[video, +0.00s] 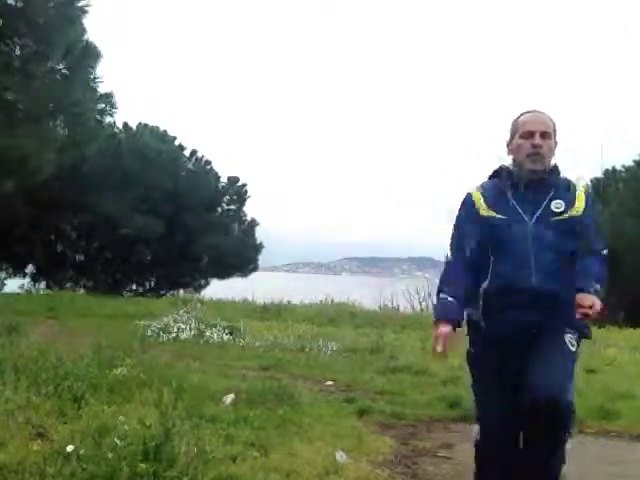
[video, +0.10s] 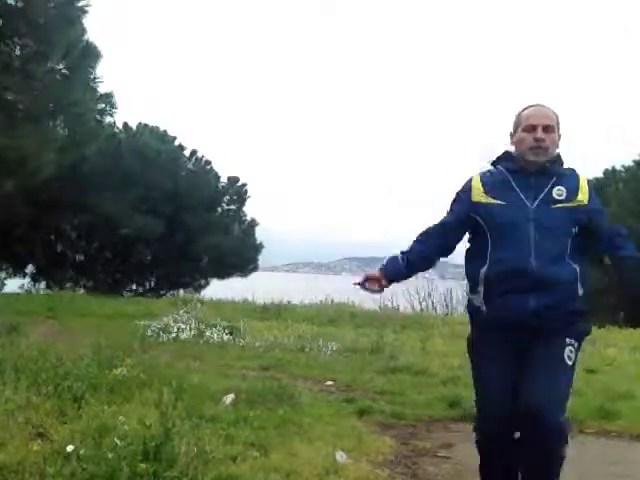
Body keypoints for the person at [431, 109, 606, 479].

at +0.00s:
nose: (537, 143)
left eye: (545, 136)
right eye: (527, 136)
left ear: (555, 145)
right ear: (510, 146)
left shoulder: (577, 198)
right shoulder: (481, 199)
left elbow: (592, 253)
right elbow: (462, 262)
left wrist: (588, 290)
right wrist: (446, 315)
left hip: (554, 327)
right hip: (494, 328)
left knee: (549, 404)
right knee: (495, 430)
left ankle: (540, 472)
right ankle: (495, 476)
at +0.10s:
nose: (539, 137)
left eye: (547, 130)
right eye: (530, 129)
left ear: (558, 138)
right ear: (514, 138)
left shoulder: (578, 189)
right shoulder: (481, 187)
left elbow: (615, 243)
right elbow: (440, 238)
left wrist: (635, 282)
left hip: (557, 327)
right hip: (493, 326)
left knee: (542, 420)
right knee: (493, 426)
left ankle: (539, 474)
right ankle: (499, 475)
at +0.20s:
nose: (539, 157)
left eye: (548, 150)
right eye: (530, 150)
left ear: (559, 160)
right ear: (514, 159)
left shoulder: (581, 209)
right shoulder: (482, 210)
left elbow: (623, 257)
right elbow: (445, 264)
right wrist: (398, 294)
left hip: (554, 339)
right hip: (490, 336)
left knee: (542, 436)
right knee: (476, 400)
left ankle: (536, 475)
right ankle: (505, 459)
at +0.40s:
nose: (542, 135)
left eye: (550, 129)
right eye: (533, 129)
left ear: (562, 138)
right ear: (517, 137)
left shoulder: (573, 173)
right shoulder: (495, 178)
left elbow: (559, 207)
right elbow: (512, 244)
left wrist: (469, 229)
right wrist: (579, 255)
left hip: (552, 322)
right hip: (494, 319)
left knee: (539, 424)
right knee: (496, 413)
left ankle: (534, 474)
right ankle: (497, 473)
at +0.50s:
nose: (537, 152)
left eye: (546, 146)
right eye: (528, 146)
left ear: (557, 155)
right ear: (512, 155)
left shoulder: (572, 189)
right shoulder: (490, 195)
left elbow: (556, 222)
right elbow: (515, 256)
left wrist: (474, 229)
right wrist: (576, 258)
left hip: (552, 330)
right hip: (494, 328)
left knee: (553, 413)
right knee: (497, 429)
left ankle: (515, 468)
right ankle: (494, 474)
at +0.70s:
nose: (540, 133)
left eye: (549, 127)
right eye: (531, 126)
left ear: (560, 136)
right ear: (516, 135)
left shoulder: (581, 192)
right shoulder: (484, 188)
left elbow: (614, 254)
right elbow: (447, 245)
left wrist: (629, 297)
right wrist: (405, 293)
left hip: (557, 332)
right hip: (496, 331)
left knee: (551, 419)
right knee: (501, 430)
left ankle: (545, 473)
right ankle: (499, 476)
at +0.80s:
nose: (542, 145)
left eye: (551, 139)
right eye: (533, 138)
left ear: (562, 148)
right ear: (518, 146)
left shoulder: (582, 202)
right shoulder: (486, 196)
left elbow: (622, 251)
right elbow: (441, 243)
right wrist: (385, 272)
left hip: (555, 337)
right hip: (494, 335)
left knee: (544, 431)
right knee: (487, 420)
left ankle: (544, 476)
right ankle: (525, 472)